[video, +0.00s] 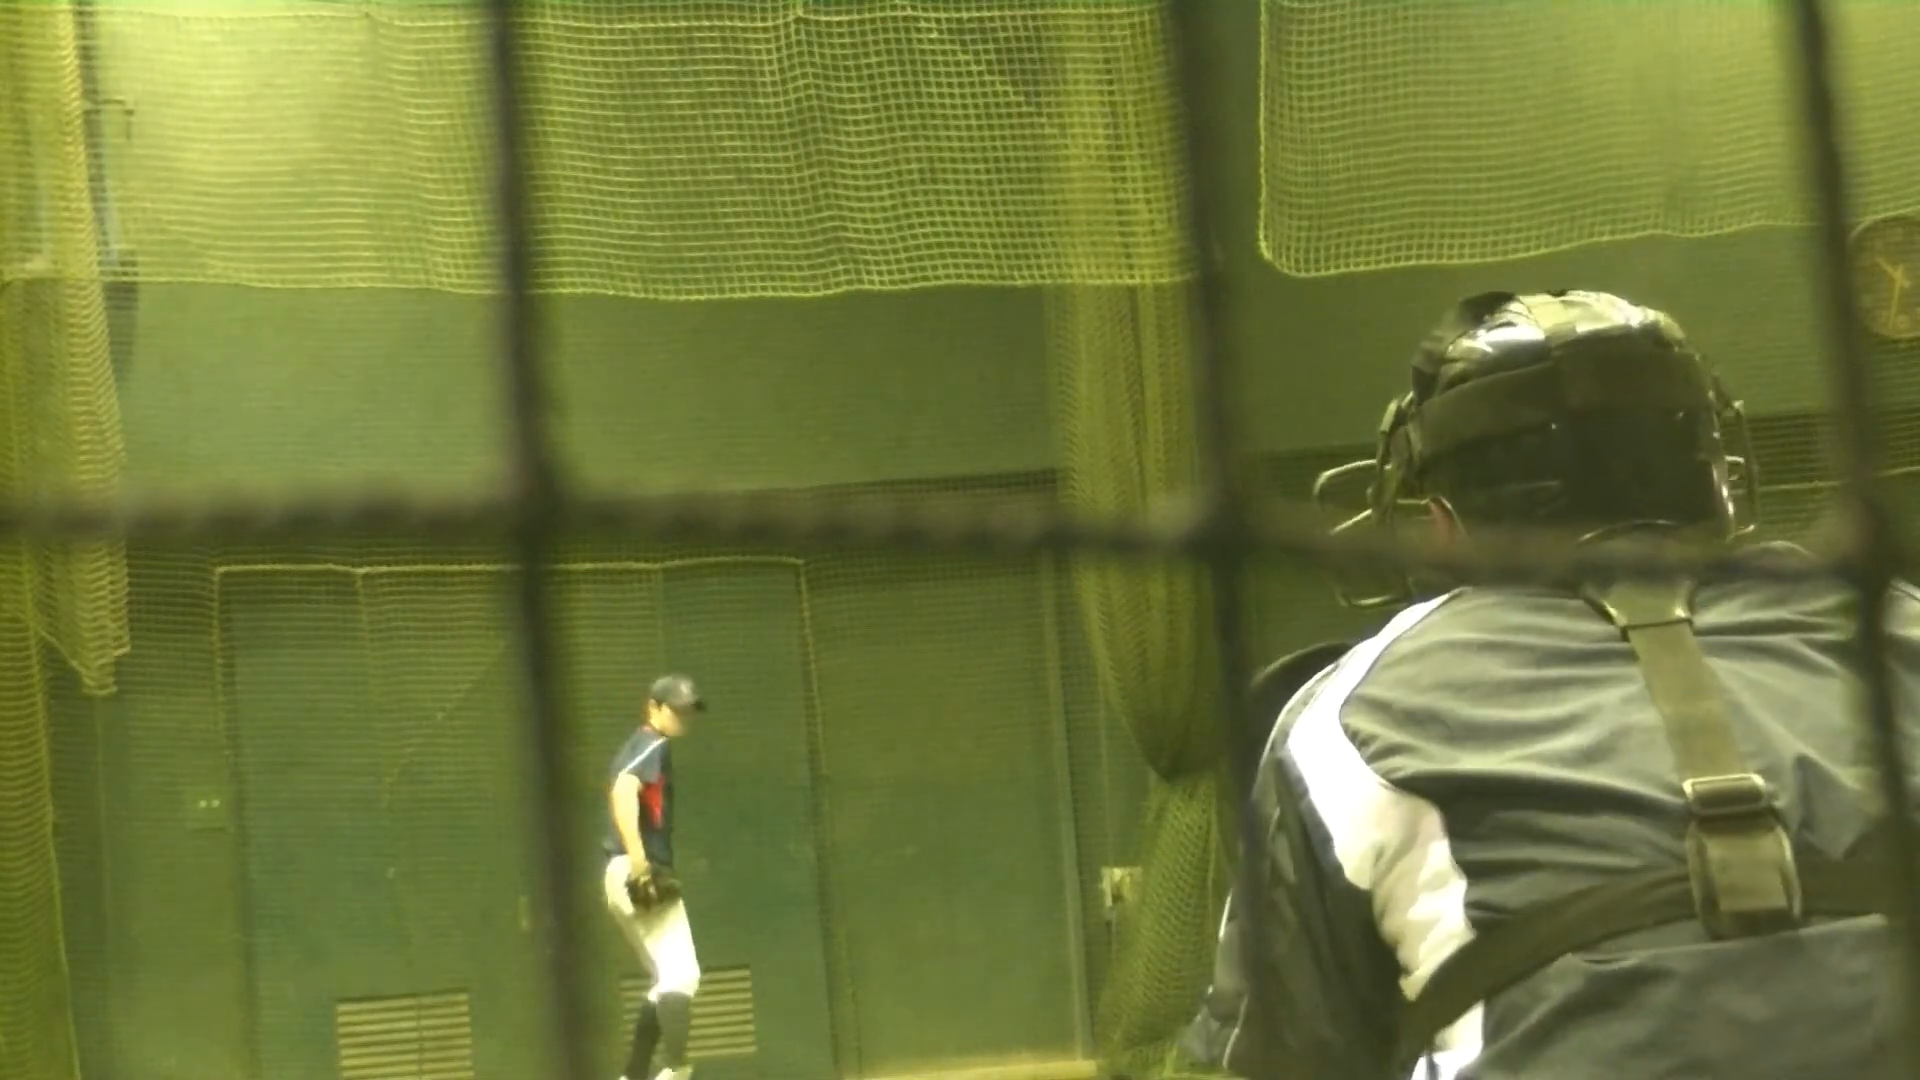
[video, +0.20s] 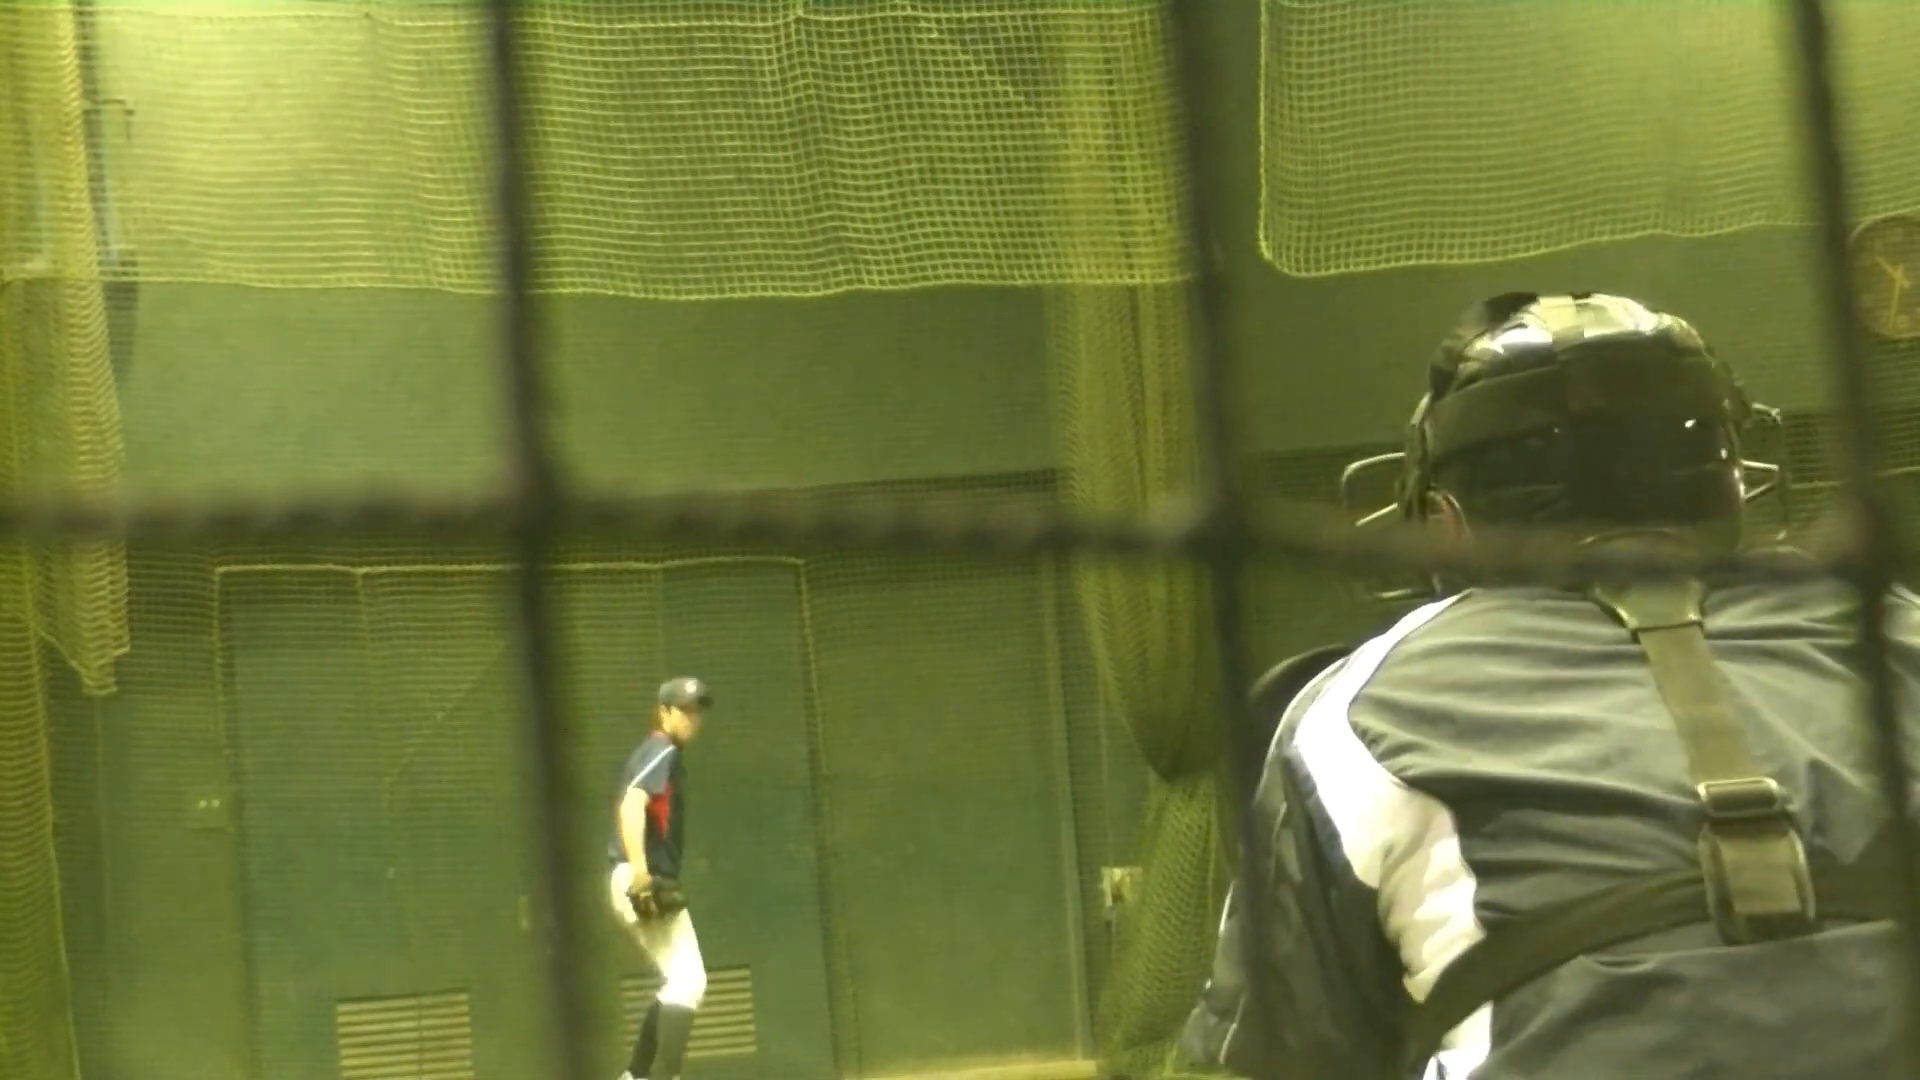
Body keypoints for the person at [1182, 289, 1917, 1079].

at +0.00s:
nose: (1404, 544)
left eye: (1406, 520)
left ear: (1442, 533)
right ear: (1719, 490)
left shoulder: (1335, 722)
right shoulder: (1894, 621)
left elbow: (1284, 1052)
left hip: (1575, 1024)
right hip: (1890, 1009)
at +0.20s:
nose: (1413, 541)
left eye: (1417, 519)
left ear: (1450, 531)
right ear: (1726, 494)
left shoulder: (1340, 719)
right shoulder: (1887, 626)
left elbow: (1282, 1049)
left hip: (1581, 1027)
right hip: (1883, 1017)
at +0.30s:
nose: (1415, 537)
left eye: (1418, 516)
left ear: (1454, 523)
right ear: (1731, 486)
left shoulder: (1344, 713)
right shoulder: (1889, 624)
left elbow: (1286, 1048)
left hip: (1584, 1025)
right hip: (1886, 1015)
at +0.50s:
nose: (1415, 544)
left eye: (1420, 518)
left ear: (1461, 523)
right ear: (1735, 487)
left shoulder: (1347, 713)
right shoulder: (1891, 622)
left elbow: (1294, 1049)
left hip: (1588, 1022)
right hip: (1884, 1016)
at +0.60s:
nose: (1410, 547)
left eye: (1415, 521)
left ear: (1458, 526)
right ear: (1727, 488)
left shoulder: (1344, 718)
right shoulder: (1891, 620)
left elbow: (1297, 1053)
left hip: (1586, 1024)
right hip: (1886, 1016)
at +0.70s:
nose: (1406, 553)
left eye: (1411, 527)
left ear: (1454, 528)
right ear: (1723, 487)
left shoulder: (1342, 718)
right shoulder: (1895, 618)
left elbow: (1297, 1054)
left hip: (1589, 1021)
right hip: (1894, 1014)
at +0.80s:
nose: (1406, 555)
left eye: (1410, 529)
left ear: (1451, 529)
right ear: (1718, 488)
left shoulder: (1340, 719)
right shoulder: (1894, 618)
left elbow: (1294, 1051)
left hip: (1590, 1019)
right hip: (1893, 1012)